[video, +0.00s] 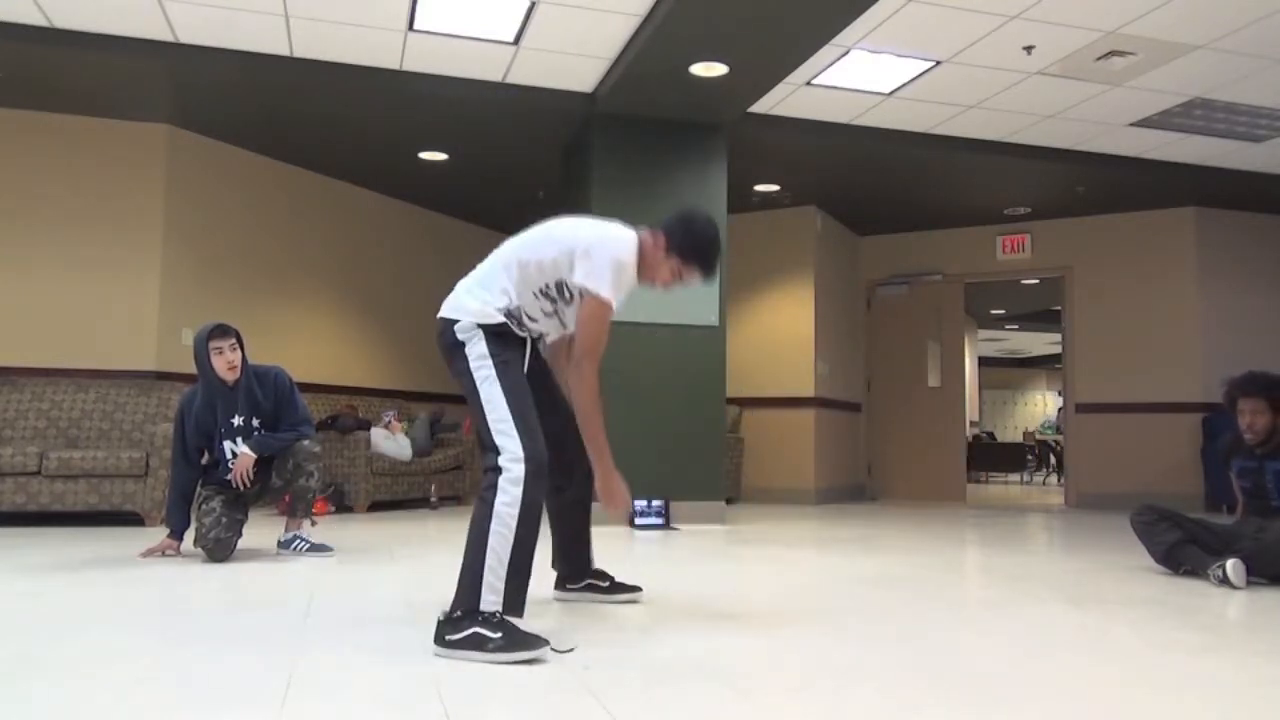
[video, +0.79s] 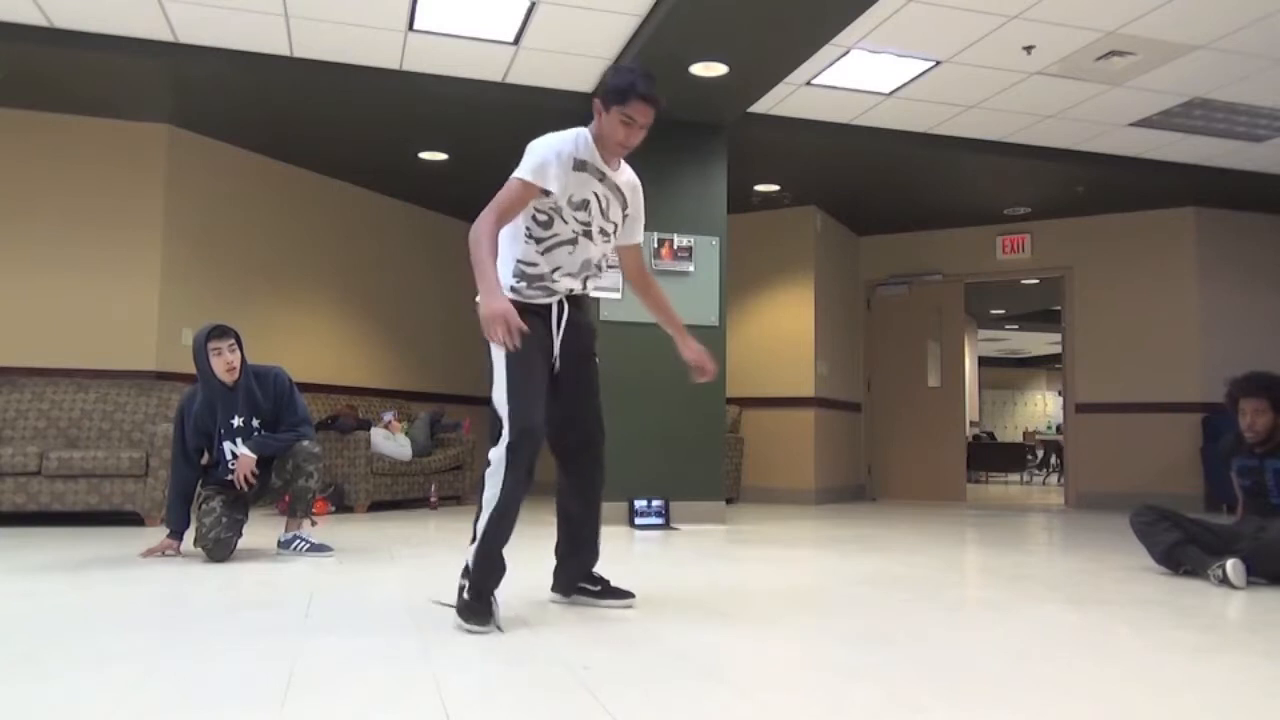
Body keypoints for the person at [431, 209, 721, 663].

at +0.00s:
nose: (671, 285)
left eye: (681, 282)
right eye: (676, 273)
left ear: (657, 244)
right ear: (658, 242)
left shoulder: (611, 250)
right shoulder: (614, 251)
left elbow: (560, 351)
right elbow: (582, 367)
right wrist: (605, 471)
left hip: (519, 337)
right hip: (479, 324)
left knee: (567, 449)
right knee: (521, 461)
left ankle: (574, 573)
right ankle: (470, 617)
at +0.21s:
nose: (657, 208)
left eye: (666, 202)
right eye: (656, 194)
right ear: (629, 168)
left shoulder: (606, 213)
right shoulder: (586, 198)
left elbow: (565, 303)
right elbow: (549, 310)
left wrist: (598, 381)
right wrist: (591, 400)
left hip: (524, 324)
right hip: (485, 320)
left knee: (560, 450)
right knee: (525, 459)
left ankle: (566, 573)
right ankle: (472, 619)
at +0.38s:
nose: (641, 169)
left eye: (650, 162)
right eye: (637, 154)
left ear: (650, 158)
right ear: (607, 132)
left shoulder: (604, 199)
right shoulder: (564, 173)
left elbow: (570, 282)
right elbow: (514, 267)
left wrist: (607, 350)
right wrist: (563, 365)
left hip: (536, 322)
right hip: (493, 319)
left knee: (578, 451)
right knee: (531, 464)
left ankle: (569, 573)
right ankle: (472, 620)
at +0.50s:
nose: (635, 160)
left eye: (645, 153)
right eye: (630, 145)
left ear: (648, 151)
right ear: (601, 128)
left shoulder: (610, 201)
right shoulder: (556, 170)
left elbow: (593, 285)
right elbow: (488, 242)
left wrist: (647, 344)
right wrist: (505, 331)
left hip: (561, 331)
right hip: (511, 328)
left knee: (599, 460)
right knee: (532, 470)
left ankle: (575, 574)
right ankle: (473, 619)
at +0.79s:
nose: (634, 137)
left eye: (644, 128)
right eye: (627, 122)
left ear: (649, 127)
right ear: (599, 109)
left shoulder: (628, 186)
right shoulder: (553, 154)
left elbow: (636, 272)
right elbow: (483, 227)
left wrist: (682, 335)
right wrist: (489, 295)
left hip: (574, 316)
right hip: (521, 309)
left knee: (583, 443)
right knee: (521, 438)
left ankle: (575, 572)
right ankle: (478, 584)